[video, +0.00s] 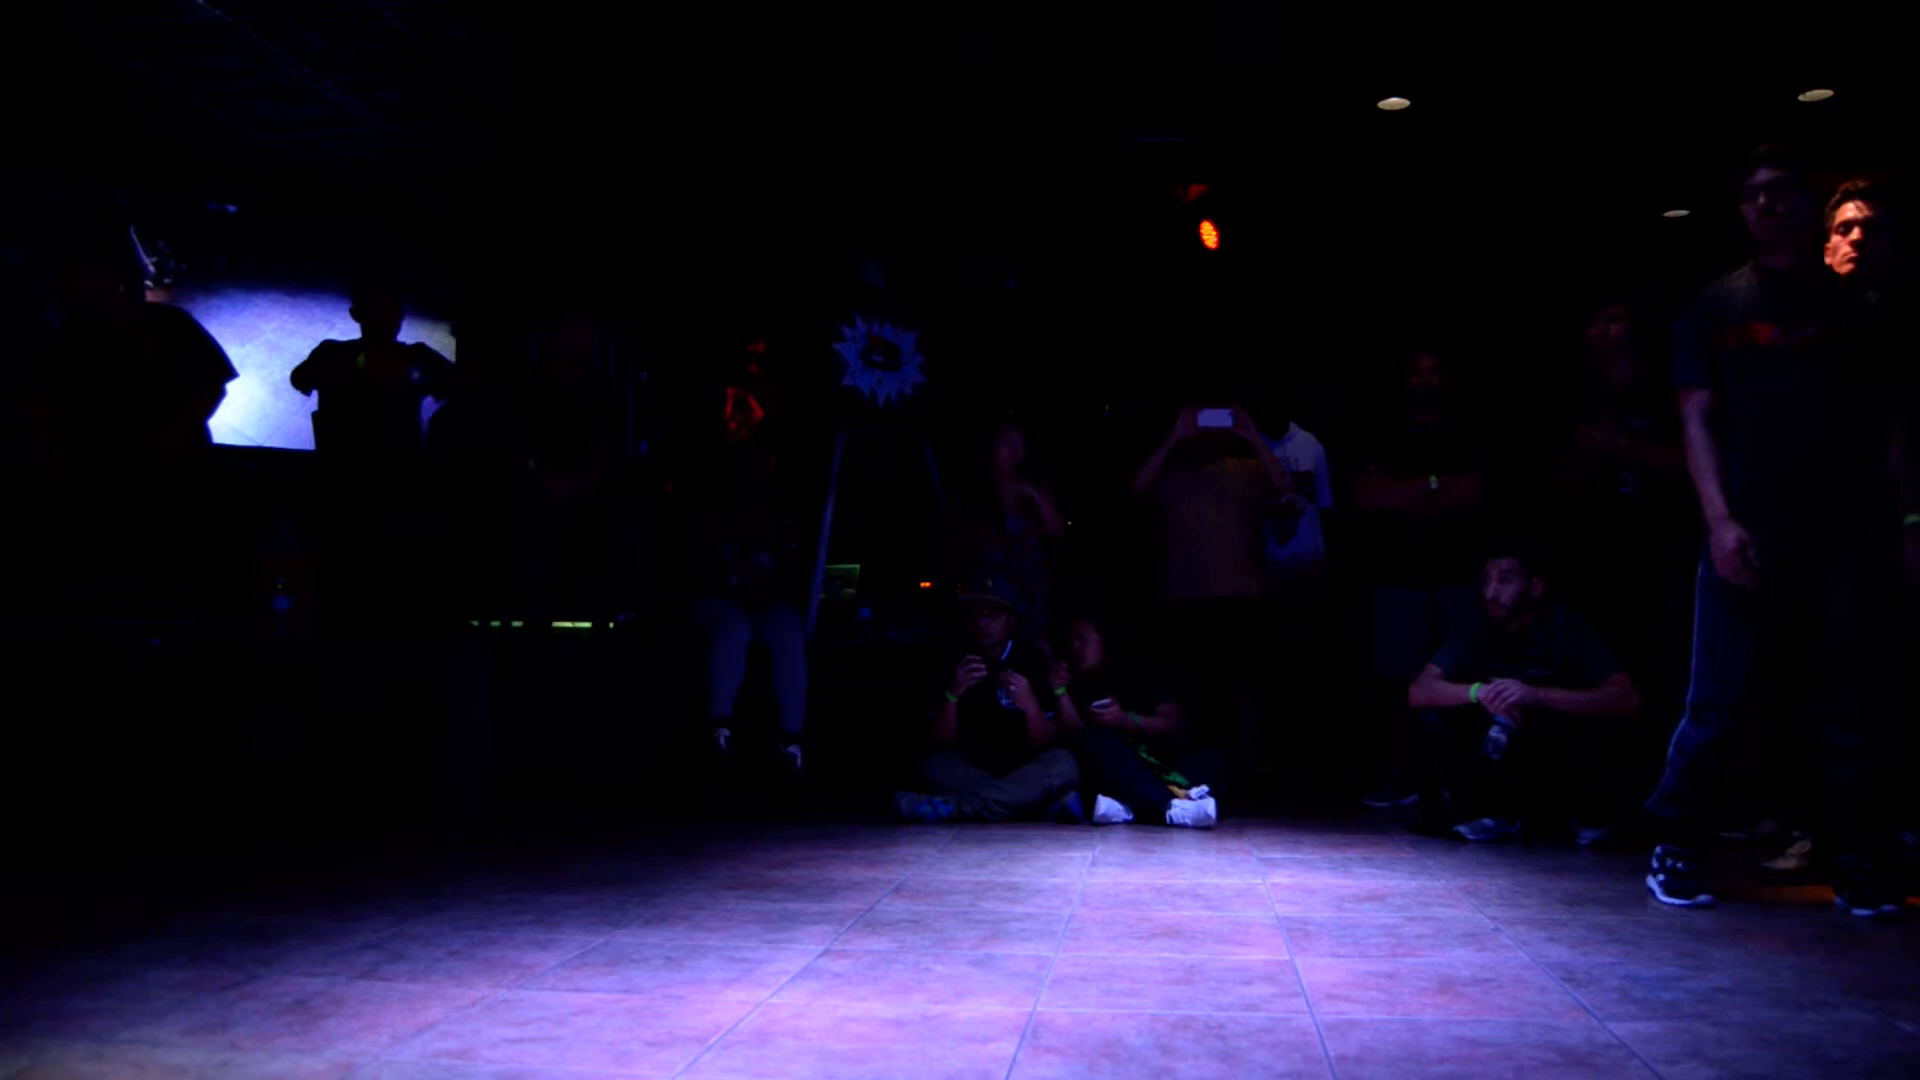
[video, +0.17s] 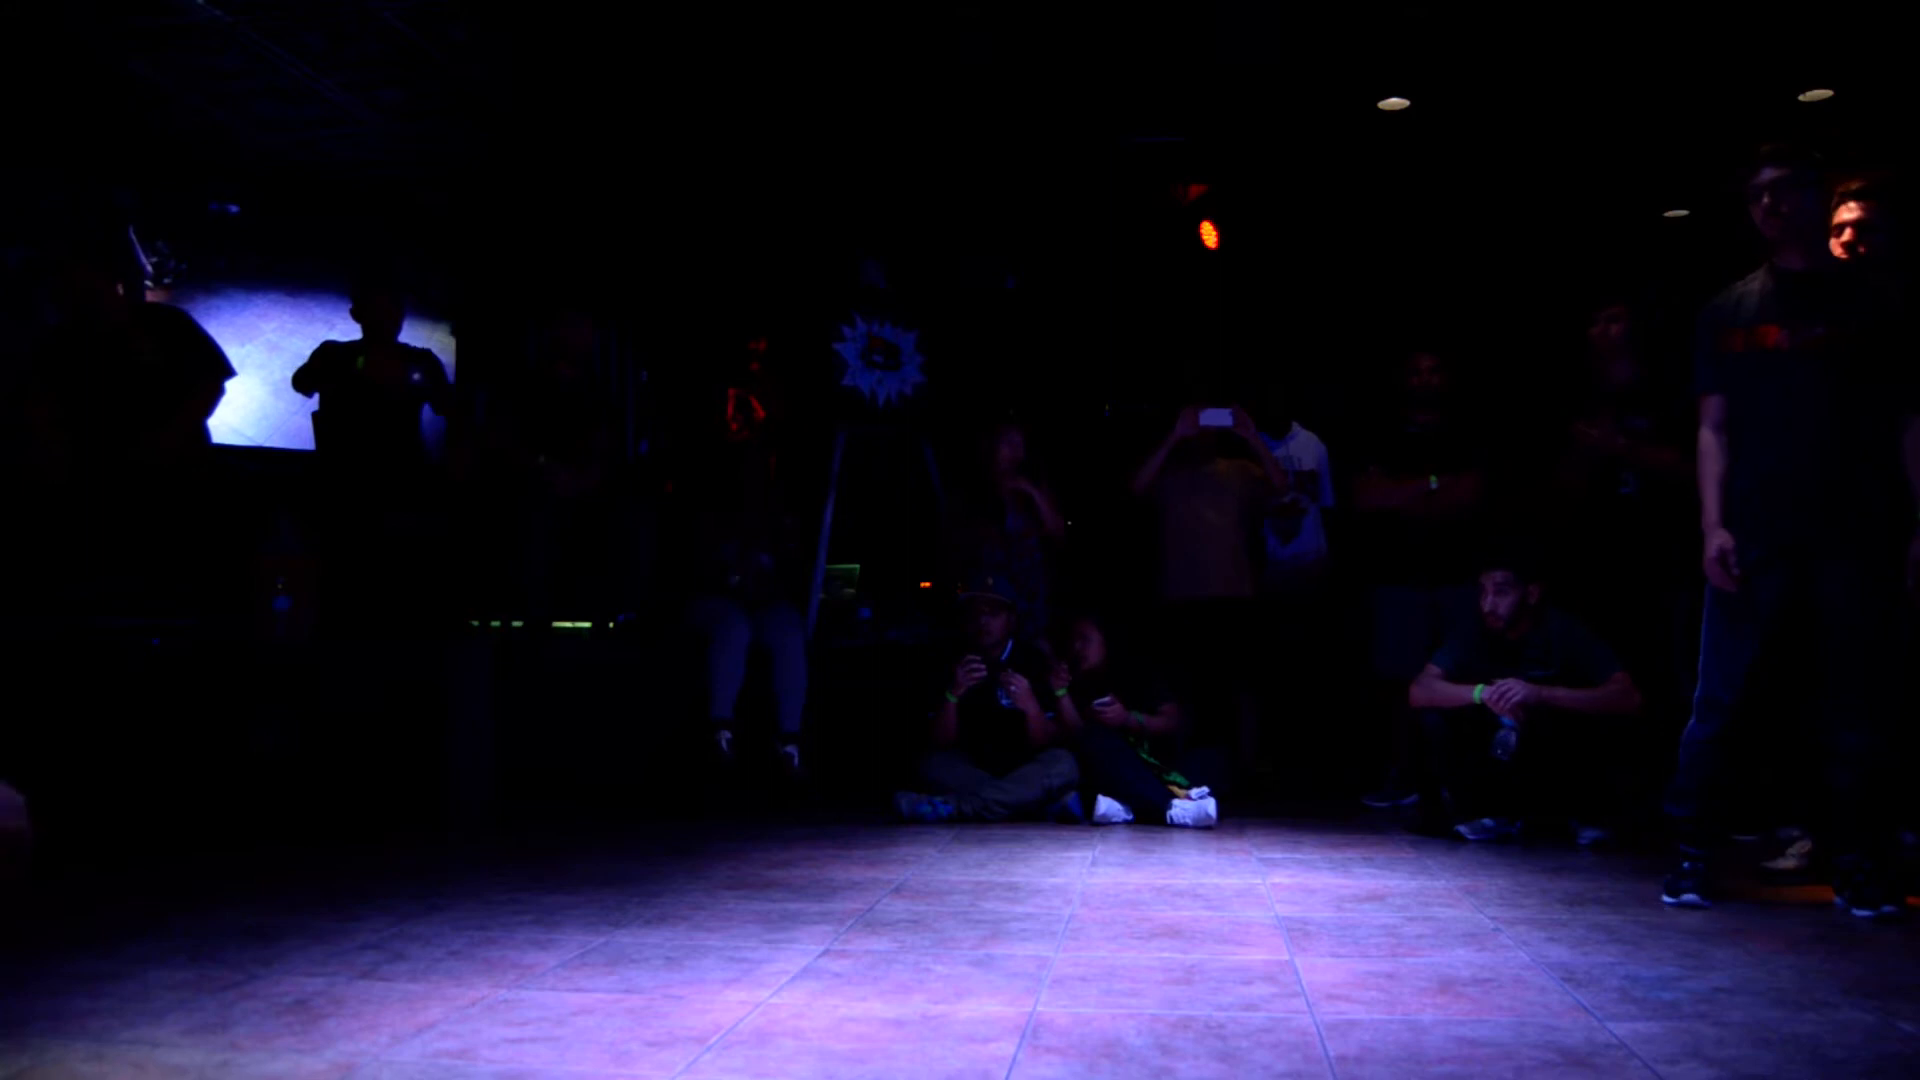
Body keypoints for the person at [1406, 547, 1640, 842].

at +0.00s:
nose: (1491, 592)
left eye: (1505, 581)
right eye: (1488, 581)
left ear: (1534, 587)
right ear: (1482, 584)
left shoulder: (1565, 631)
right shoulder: (1480, 630)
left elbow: (1623, 697)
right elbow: (1419, 692)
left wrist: (1535, 695)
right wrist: (1480, 693)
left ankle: (1590, 818)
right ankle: (1498, 816)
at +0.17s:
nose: (1488, 605)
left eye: (1501, 592)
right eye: (1483, 593)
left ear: (1530, 595)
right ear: (1477, 595)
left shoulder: (1564, 635)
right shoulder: (1476, 635)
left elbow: (1625, 695)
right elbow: (1420, 692)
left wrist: (1538, 694)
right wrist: (1483, 694)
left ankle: (1589, 818)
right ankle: (1496, 816)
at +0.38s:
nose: (1486, 606)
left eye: (1498, 594)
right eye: (1480, 594)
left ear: (1526, 595)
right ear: (1474, 596)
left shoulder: (1560, 635)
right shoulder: (1473, 636)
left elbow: (1624, 696)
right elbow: (1421, 692)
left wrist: (1545, 683)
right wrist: (1481, 692)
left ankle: (1589, 819)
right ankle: (1495, 816)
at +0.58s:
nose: (1485, 597)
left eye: (1498, 585)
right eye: (1481, 586)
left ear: (1526, 588)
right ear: (1475, 588)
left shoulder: (1561, 633)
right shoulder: (1475, 632)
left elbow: (1620, 695)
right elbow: (1422, 691)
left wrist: (1529, 697)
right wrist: (1485, 699)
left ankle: (1587, 817)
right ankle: (1490, 814)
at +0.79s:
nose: (1488, 606)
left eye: (1500, 594)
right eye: (1483, 594)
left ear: (1528, 595)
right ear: (1477, 595)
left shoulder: (1562, 634)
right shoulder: (1474, 633)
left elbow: (1620, 696)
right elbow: (1423, 691)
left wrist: (1530, 697)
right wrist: (1489, 699)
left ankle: (1588, 818)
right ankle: (1494, 815)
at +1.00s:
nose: (1498, 591)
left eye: (1508, 579)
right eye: (1488, 581)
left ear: (1527, 584)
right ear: (1478, 589)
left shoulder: (1560, 631)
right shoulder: (1471, 632)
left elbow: (1619, 696)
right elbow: (1420, 693)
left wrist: (1528, 703)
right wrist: (1484, 704)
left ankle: (1587, 818)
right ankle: (1487, 815)